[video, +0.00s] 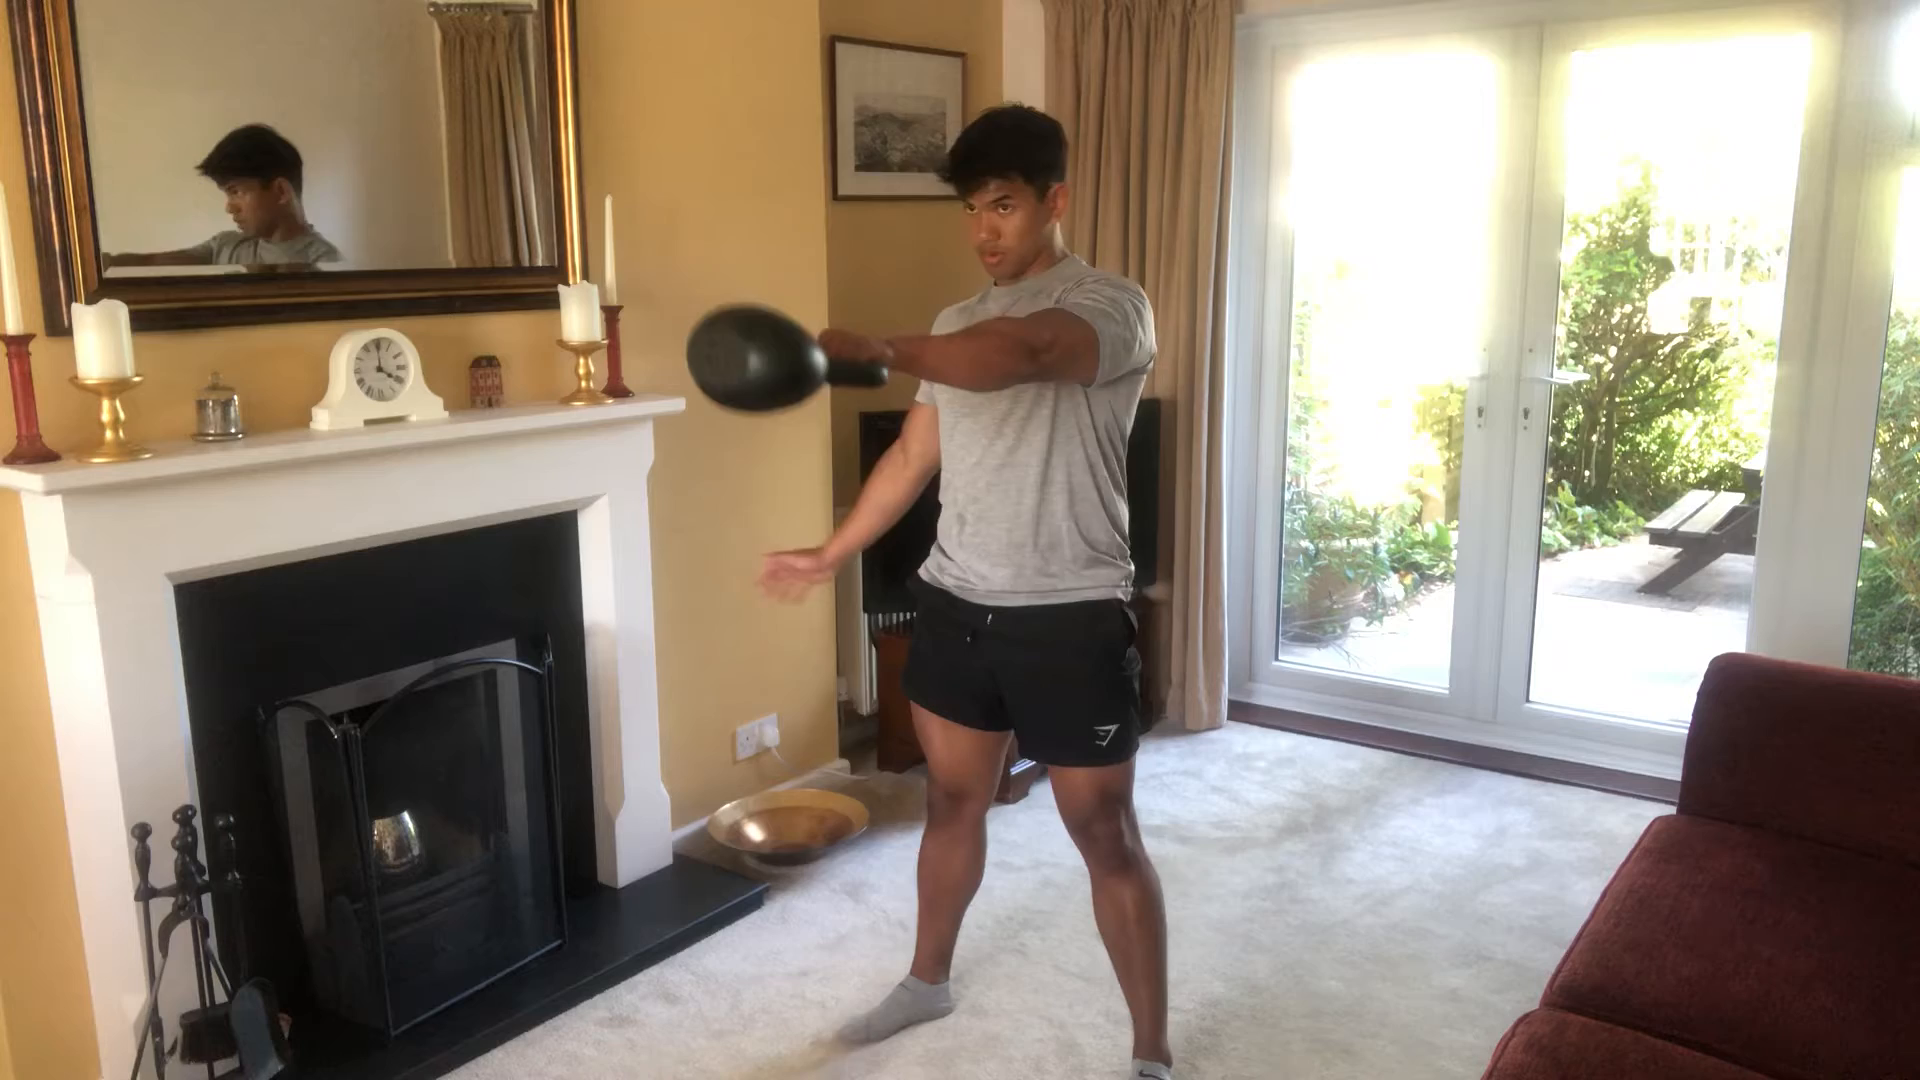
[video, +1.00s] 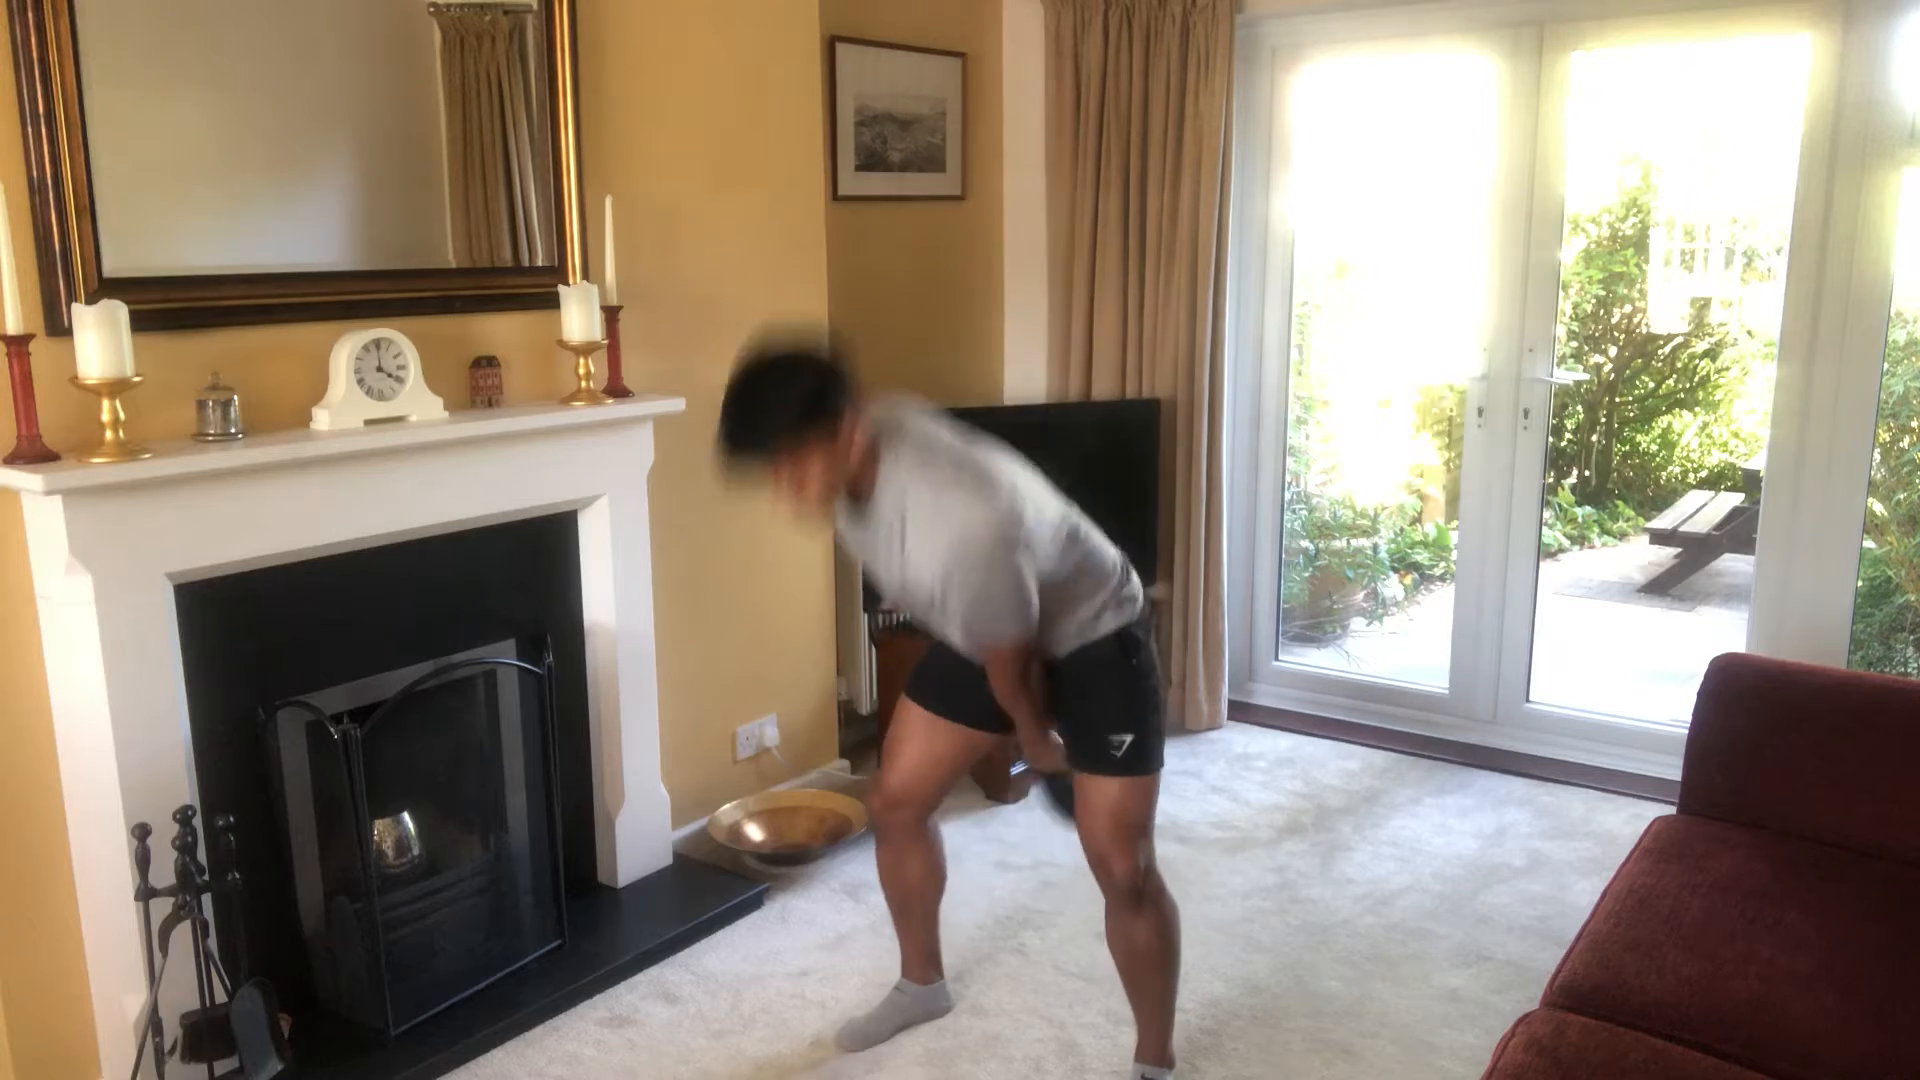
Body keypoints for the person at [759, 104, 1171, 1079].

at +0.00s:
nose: (982, 228)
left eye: (1003, 205)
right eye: (971, 208)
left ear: (1056, 202)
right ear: (962, 210)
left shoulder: (1118, 307)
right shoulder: (956, 327)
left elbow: (1022, 350)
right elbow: (910, 457)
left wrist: (880, 350)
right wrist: (832, 550)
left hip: (1075, 616)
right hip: (956, 607)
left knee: (1105, 834)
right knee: (951, 805)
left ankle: (1152, 1055)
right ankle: (927, 982)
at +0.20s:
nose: (981, 233)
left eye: (1000, 211)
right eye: (970, 214)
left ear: (1054, 201)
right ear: (961, 212)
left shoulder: (1110, 309)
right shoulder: (959, 325)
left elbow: (1027, 376)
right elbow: (931, 453)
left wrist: (882, 405)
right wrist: (873, 558)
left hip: (1077, 617)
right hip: (963, 608)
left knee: (1109, 833)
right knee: (952, 800)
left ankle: (1153, 1053)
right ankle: (929, 978)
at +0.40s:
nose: (933, 267)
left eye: (948, 244)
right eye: (922, 250)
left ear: (1002, 221)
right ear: (917, 243)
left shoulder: (1077, 327)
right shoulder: (944, 328)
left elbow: (1000, 477)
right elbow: (940, 452)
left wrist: (912, 604)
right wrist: (892, 552)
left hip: (1084, 615)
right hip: (973, 605)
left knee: (1107, 841)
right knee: (940, 801)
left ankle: (1150, 1057)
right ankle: (926, 983)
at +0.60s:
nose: (833, 416)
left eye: (840, 394)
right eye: (821, 398)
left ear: (891, 360)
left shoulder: (1002, 440)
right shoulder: (887, 424)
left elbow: (1005, 624)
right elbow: (953, 505)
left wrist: (996, 758)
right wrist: (918, 569)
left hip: (1096, 637)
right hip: (990, 626)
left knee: (1120, 863)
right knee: (907, 800)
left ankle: (1151, 1060)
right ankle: (924, 983)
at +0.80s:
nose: (778, 608)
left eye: (783, 588)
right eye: (765, 594)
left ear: (835, 553)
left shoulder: (961, 607)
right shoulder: (849, 486)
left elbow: (1025, 721)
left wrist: (1061, 761)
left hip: (1099, 648)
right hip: (992, 644)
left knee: (1126, 881)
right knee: (885, 808)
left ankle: (1154, 1064)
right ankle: (922, 984)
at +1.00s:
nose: (784, 486)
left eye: (790, 461)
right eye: (773, 468)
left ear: (843, 430)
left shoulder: (963, 514)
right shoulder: (853, 456)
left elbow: (1011, 667)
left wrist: (1039, 748)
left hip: (1090, 635)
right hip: (980, 632)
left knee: (1125, 871)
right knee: (897, 801)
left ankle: (1155, 1060)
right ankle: (922, 984)